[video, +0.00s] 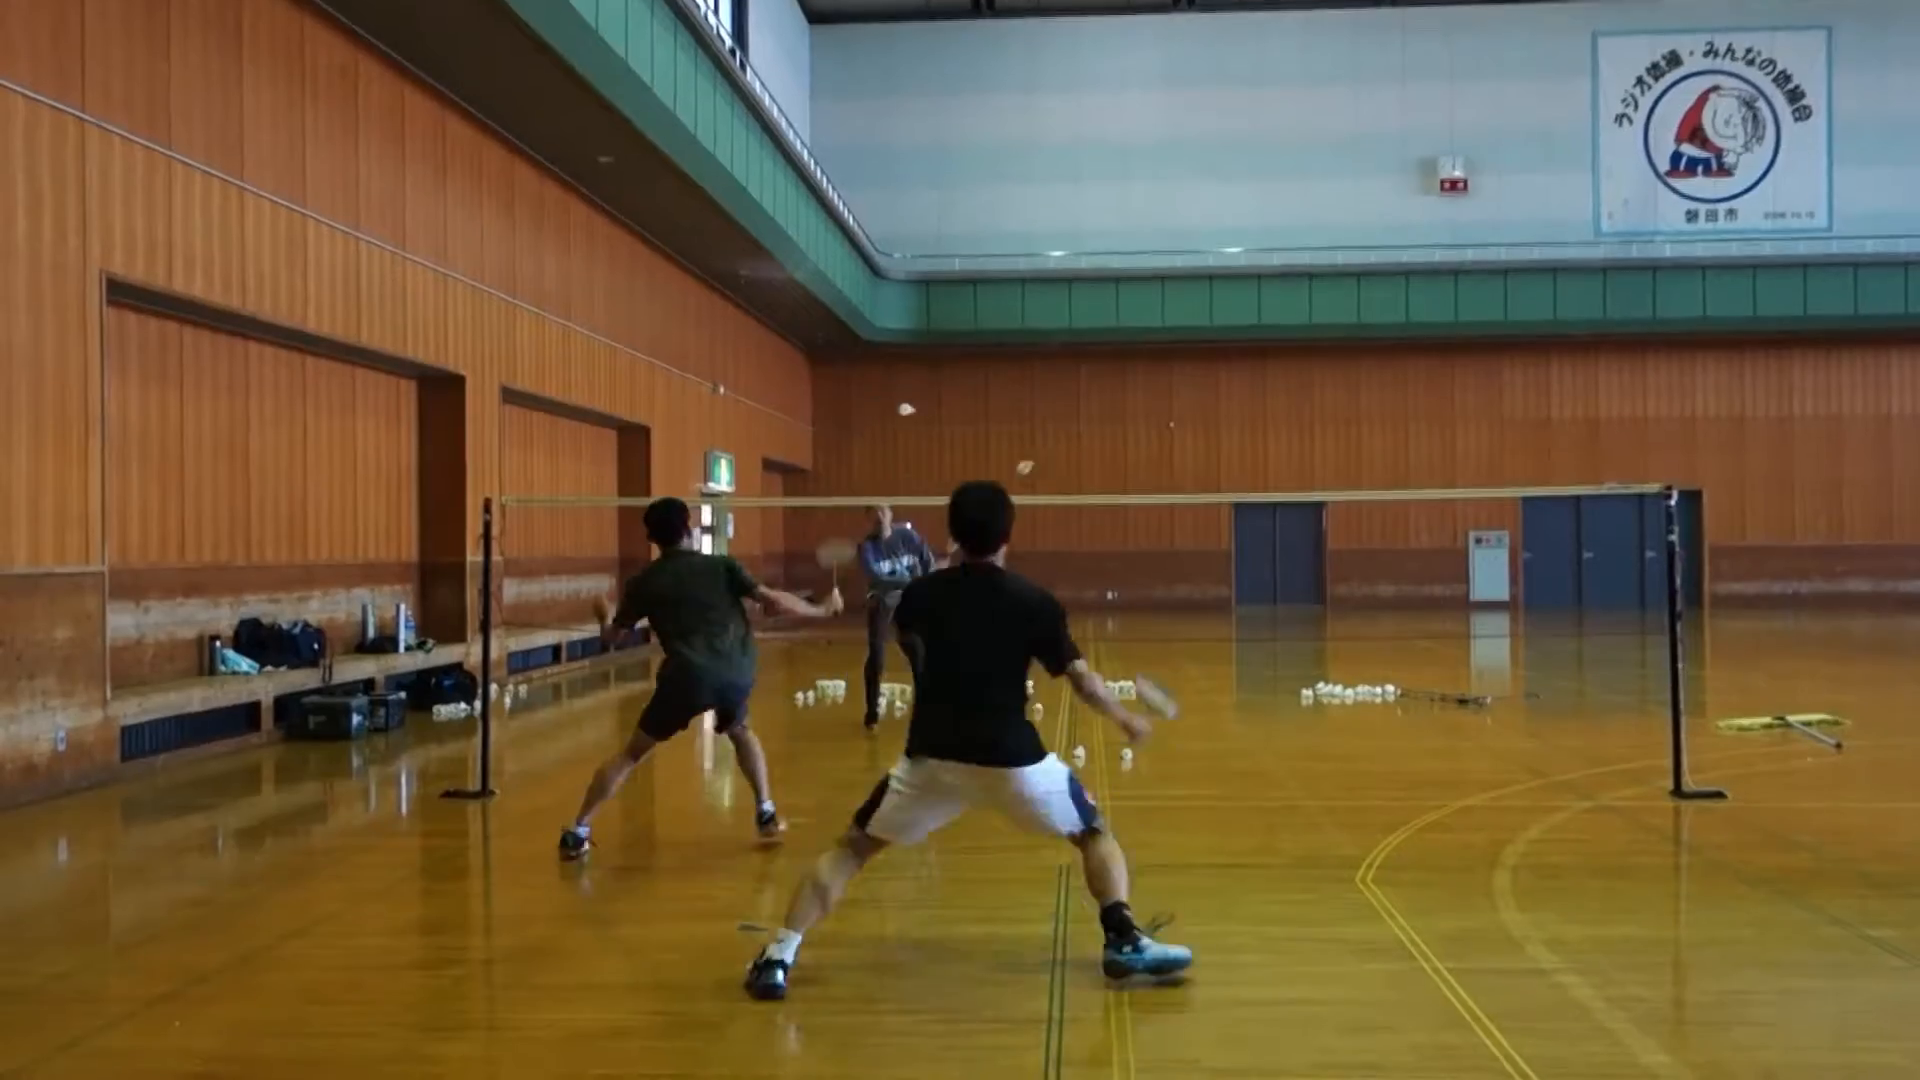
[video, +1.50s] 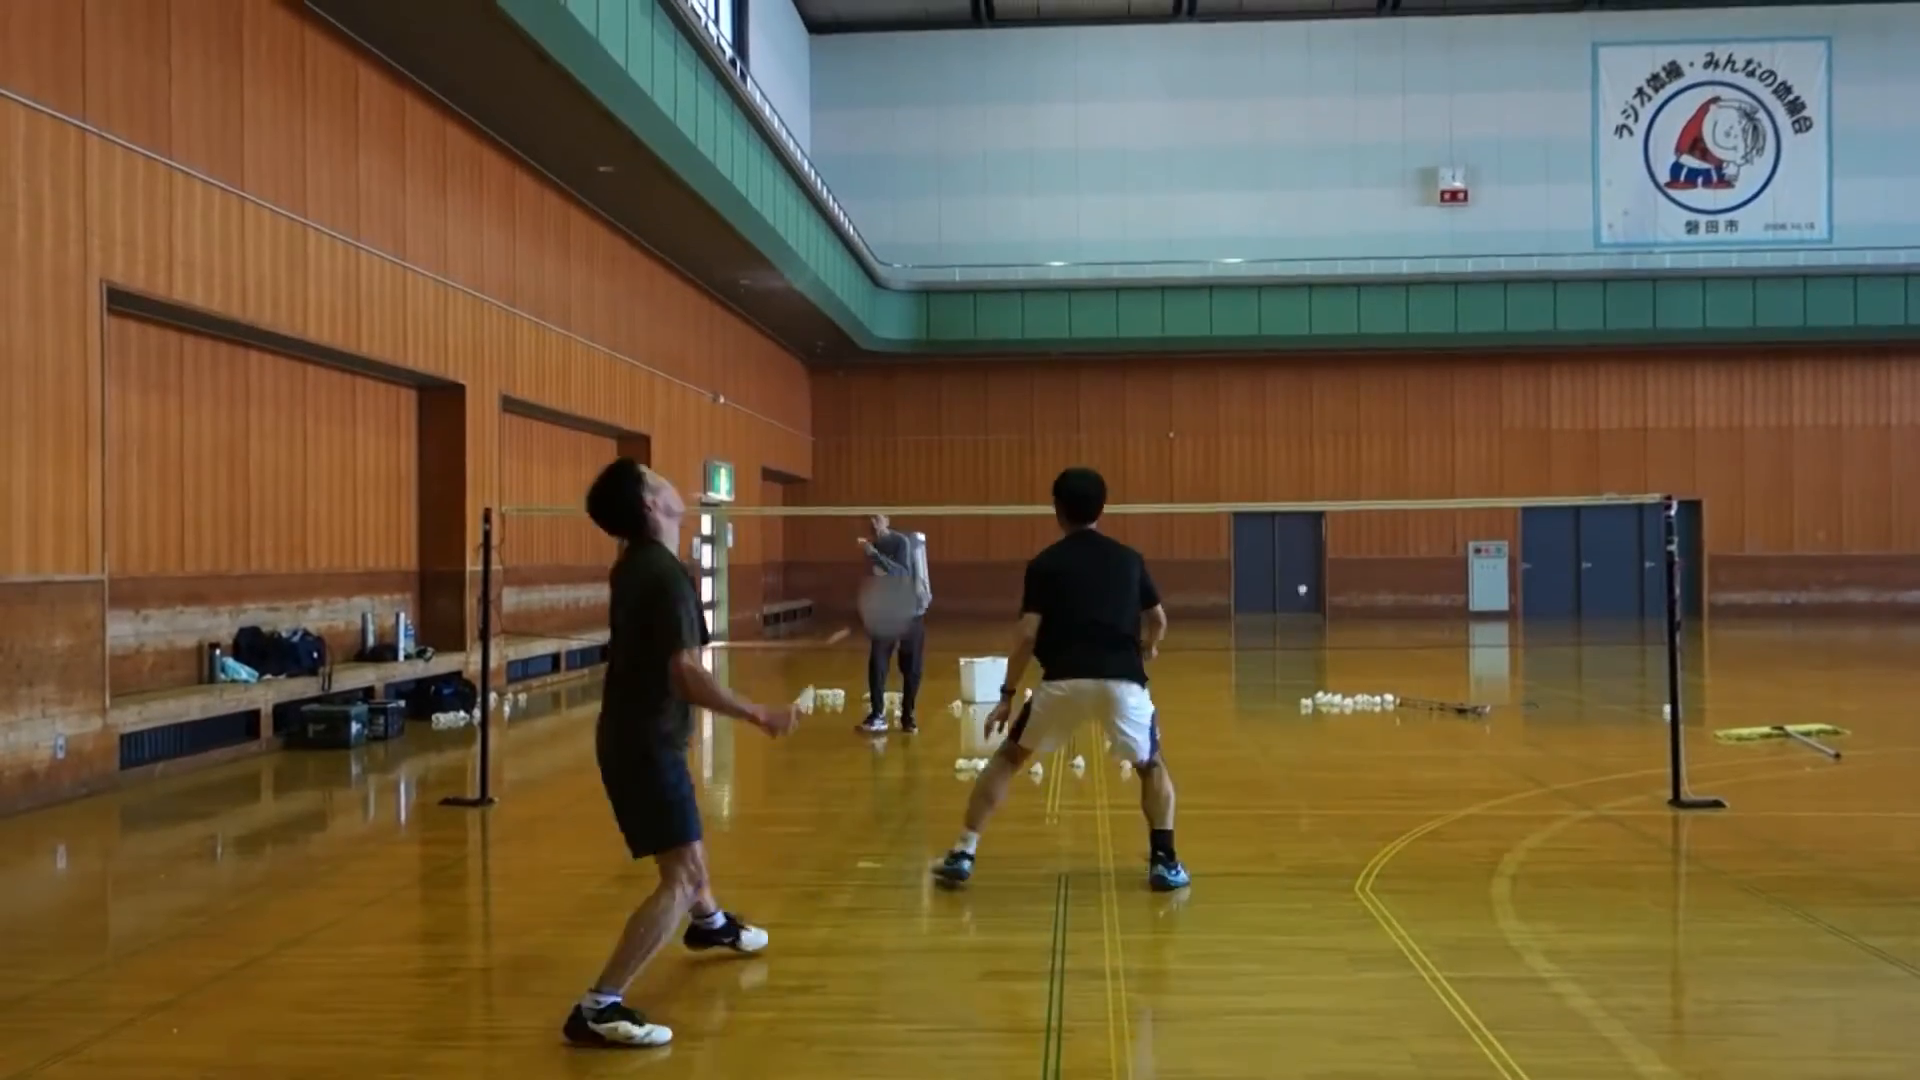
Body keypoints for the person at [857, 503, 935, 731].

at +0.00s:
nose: (880, 517)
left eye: (883, 512)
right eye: (875, 513)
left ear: (890, 514)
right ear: (870, 518)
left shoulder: (906, 534)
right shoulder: (868, 545)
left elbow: (927, 557)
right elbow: (873, 575)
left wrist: (927, 583)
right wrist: (907, 582)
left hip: (908, 598)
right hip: (882, 600)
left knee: (919, 655)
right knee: (876, 656)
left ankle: (925, 708)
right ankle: (872, 710)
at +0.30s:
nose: (893, 497)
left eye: (896, 492)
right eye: (888, 493)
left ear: (902, 494)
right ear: (882, 497)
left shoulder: (920, 520)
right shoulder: (876, 528)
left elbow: (940, 547)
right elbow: (868, 564)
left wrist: (940, 574)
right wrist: (867, 593)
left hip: (916, 589)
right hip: (887, 590)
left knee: (923, 640)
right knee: (880, 638)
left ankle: (924, 685)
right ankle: (872, 689)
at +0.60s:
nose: (870, 507)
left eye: (873, 502)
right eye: (866, 503)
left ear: (883, 502)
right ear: (864, 507)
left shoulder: (903, 522)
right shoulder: (862, 536)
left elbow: (895, 552)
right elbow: (861, 573)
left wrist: (859, 548)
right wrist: (854, 600)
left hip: (909, 591)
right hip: (882, 594)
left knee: (919, 642)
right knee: (875, 642)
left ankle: (923, 685)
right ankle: (873, 693)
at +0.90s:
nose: (861, 501)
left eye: (865, 496)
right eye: (858, 498)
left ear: (875, 498)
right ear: (856, 502)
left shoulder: (893, 517)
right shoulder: (858, 529)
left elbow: (908, 552)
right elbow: (853, 540)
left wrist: (896, 575)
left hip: (901, 588)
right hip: (875, 590)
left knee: (923, 637)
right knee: (871, 640)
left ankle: (937, 681)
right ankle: (871, 688)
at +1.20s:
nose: (872, 511)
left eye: (875, 506)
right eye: (868, 507)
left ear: (883, 508)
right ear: (864, 511)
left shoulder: (901, 531)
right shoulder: (859, 543)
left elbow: (916, 560)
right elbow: (857, 579)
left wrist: (895, 572)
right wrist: (859, 610)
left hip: (903, 603)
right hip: (876, 606)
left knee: (909, 654)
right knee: (873, 656)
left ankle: (909, 701)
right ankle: (872, 707)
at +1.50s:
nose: (874, 524)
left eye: (877, 518)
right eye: (871, 520)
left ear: (886, 520)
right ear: (869, 524)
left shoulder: (902, 542)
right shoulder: (874, 546)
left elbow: (904, 573)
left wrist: (871, 551)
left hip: (910, 613)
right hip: (884, 613)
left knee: (911, 667)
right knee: (877, 665)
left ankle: (908, 716)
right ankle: (877, 715)